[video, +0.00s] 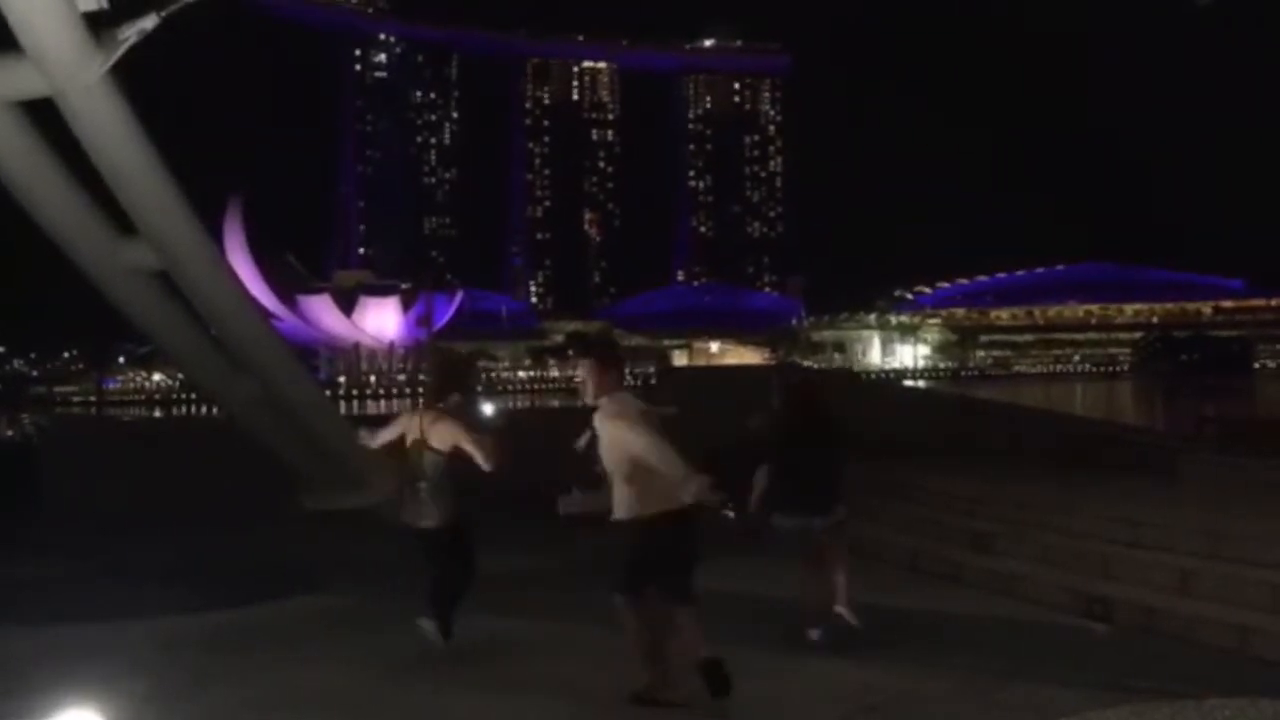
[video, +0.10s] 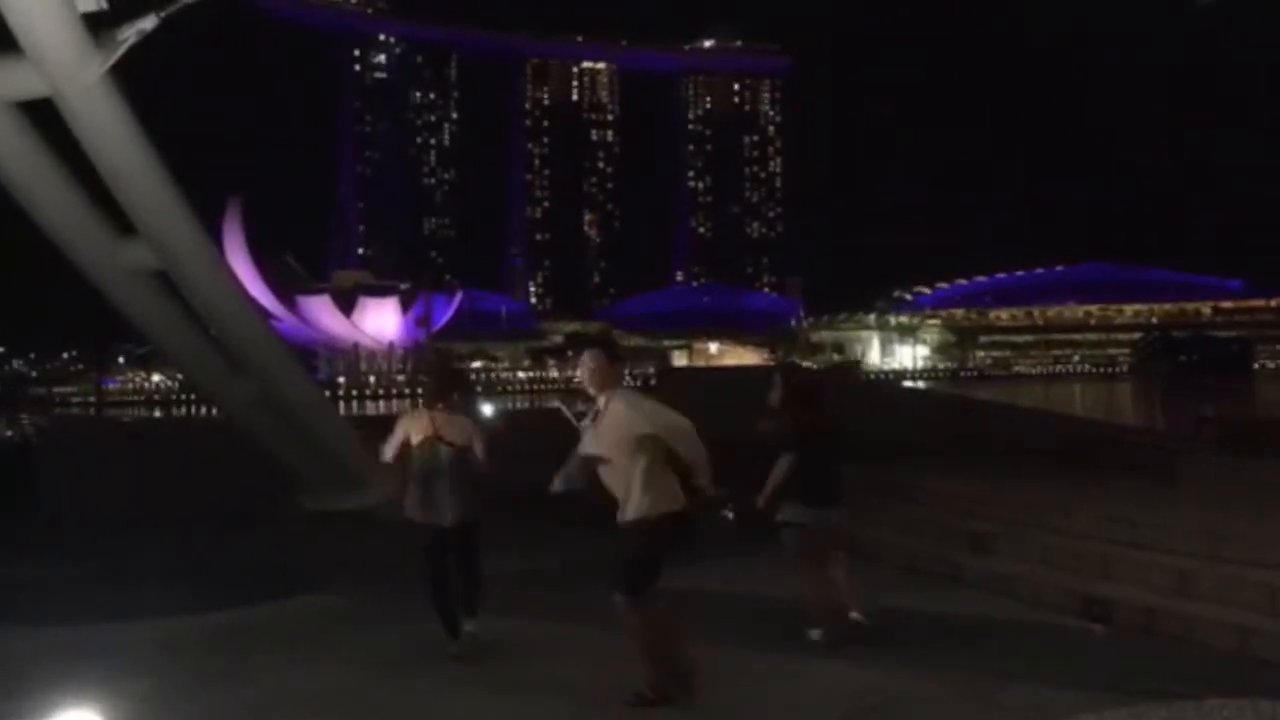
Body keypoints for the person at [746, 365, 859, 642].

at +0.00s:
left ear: (783, 401)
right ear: (818, 400)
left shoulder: (779, 427)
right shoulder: (829, 428)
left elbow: (765, 470)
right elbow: (840, 470)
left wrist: (753, 504)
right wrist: (841, 503)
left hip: (788, 509)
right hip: (824, 508)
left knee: (806, 565)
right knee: (835, 552)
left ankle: (813, 623)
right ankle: (840, 604)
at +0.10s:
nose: (771, 396)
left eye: (776, 389)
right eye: (772, 388)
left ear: (790, 393)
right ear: (815, 394)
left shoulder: (793, 423)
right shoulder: (829, 421)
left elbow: (785, 463)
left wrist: (764, 496)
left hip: (800, 505)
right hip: (831, 503)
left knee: (807, 567)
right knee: (835, 558)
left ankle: (819, 622)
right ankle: (851, 608)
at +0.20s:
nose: (769, 393)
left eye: (775, 387)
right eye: (770, 386)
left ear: (790, 390)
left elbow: (810, 459)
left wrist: (787, 493)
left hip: (811, 503)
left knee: (811, 564)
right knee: (816, 563)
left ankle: (816, 615)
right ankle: (825, 613)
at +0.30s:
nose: (774, 401)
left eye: (780, 394)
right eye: (773, 394)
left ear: (794, 397)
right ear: (770, 395)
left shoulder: (809, 427)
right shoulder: (775, 427)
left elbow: (828, 467)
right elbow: (764, 464)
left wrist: (804, 497)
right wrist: (752, 490)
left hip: (814, 505)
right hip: (788, 502)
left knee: (811, 560)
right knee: (798, 559)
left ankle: (822, 613)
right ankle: (811, 609)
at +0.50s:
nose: (778, 414)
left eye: (784, 408)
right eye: (775, 408)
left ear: (795, 413)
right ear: (769, 412)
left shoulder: (809, 445)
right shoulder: (770, 443)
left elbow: (819, 486)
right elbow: (768, 484)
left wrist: (798, 513)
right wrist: (770, 511)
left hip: (813, 505)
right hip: (779, 501)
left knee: (812, 562)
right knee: (767, 547)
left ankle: (816, 614)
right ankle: (778, 601)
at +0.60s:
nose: (779, 420)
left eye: (784, 414)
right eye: (774, 414)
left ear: (793, 418)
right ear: (766, 419)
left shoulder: (804, 446)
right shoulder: (759, 448)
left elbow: (812, 494)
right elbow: (756, 494)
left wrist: (785, 531)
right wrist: (769, 531)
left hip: (807, 512)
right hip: (769, 512)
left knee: (814, 562)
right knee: (762, 563)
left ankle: (811, 619)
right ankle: (766, 623)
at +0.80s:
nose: (772, 422)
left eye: (777, 417)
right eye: (769, 417)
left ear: (788, 421)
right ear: (765, 420)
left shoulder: (798, 450)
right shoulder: (755, 445)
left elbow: (809, 493)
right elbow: (736, 427)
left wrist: (783, 523)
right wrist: (721, 416)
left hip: (801, 519)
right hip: (763, 516)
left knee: (804, 569)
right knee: (763, 575)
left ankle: (805, 618)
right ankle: (769, 629)